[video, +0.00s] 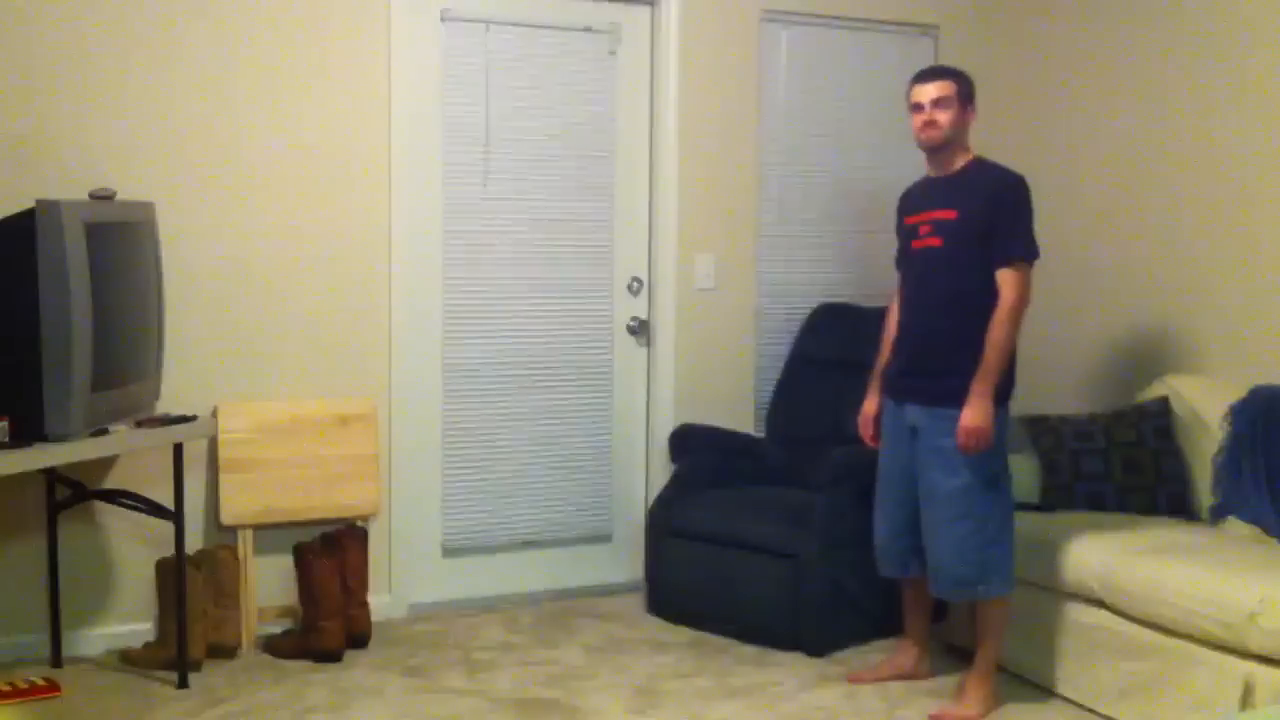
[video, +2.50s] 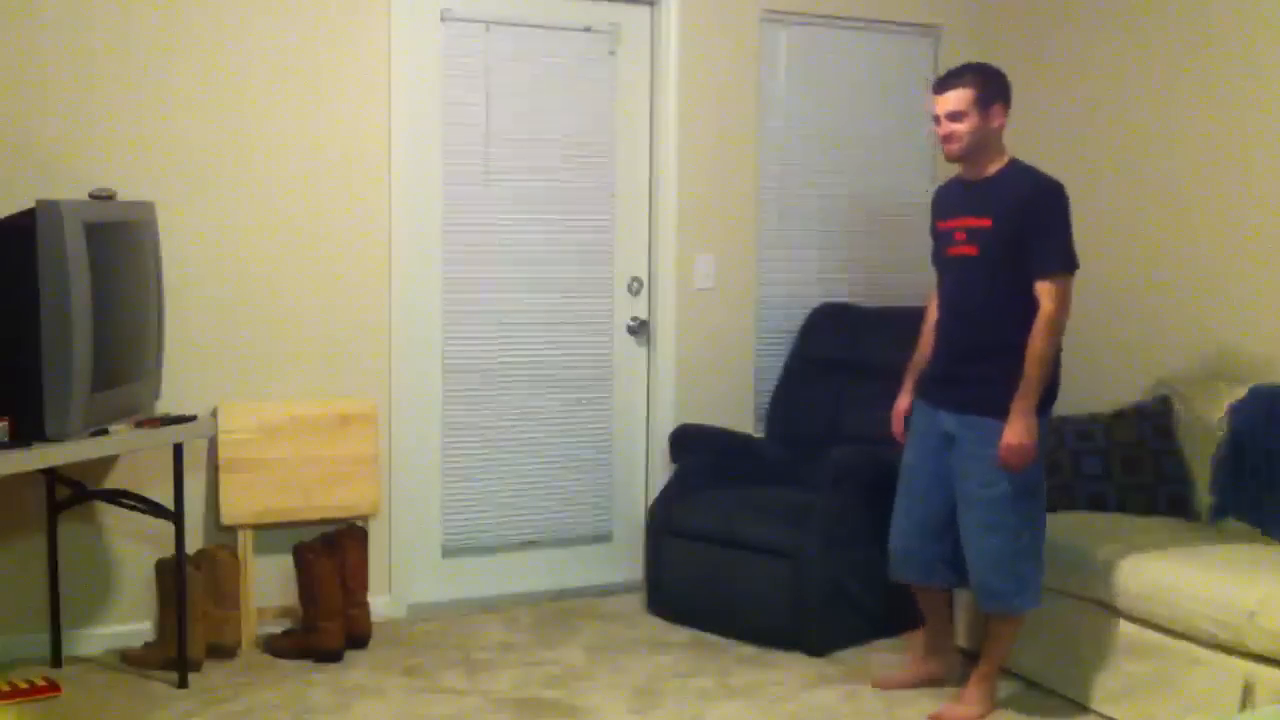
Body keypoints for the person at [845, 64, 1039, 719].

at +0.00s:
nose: (928, 116)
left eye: (941, 105)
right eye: (918, 108)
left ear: (968, 114)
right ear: (909, 121)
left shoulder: (1002, 189)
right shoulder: (912, 201)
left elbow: (1012, 299)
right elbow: (902, 299)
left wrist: (982, 397)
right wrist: (876, 387)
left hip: (964, 404)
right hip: (904, 400)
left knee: (980, 543)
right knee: (908, 530)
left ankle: (983, 677)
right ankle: (913, 651)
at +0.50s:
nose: (932, 118)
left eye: (945, 107)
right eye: (922, 108)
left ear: (970, 117)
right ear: (911, 118)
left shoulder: (1000, 189)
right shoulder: (909, 201)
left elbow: (1011, 296)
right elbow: (901, 298)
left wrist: (980, 396)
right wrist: (874, 387)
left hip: (963, 404)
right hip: (903, 400)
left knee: (979, 543)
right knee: (908, 531)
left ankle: (983, 678)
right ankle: (913, 650)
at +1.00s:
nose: (929, 118)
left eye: (941, 108)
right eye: (919, 110)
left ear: (967, 116)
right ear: (909, 121)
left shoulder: (1000, 189)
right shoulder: (909, 201)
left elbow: (1010, 298)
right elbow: (902, 299)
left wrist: (980, 397)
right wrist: (875, 388)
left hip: (963, 403)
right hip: (903, 399)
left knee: (978, 541)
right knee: (907, 529)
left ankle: (984, 676)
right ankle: (914, 650)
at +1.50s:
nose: (928, 118)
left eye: (941, 108)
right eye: (918, 109)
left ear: (967, 116)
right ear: (909, 121)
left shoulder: (999, 189)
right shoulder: (910, 201)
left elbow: (1010, 298)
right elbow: (902, 298)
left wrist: (979, 397)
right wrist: (875, 387)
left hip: (963, 403)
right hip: (903, 398)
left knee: (979, 541)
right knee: (907, 529)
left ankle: (983, 678)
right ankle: (914, 650)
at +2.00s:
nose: (933, 125)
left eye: (945, 112)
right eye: (925, 115)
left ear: (982, 114)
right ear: (921, 123)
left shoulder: (1016, 194)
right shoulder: (927, 196)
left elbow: (1024, 308)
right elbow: (916, 299)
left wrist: (990, 406)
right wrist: (885, 384)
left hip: (980, 410)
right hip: (919, 402)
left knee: (989, 548)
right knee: (915, 534)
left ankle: (984, 679)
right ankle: (913, 652)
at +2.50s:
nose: (943, 131)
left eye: (956, 118)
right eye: (938, 121)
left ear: (996, 116)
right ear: (937, 125)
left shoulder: (1038, 195)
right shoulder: (946, 200)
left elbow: (1052, 308)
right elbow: (940, 302)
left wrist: (1025, 410)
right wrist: (911, 384)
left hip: (1001, 416)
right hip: (937, 406)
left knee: (1001, 556)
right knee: (919, 536)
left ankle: (985, 682)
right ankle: (935, 655)